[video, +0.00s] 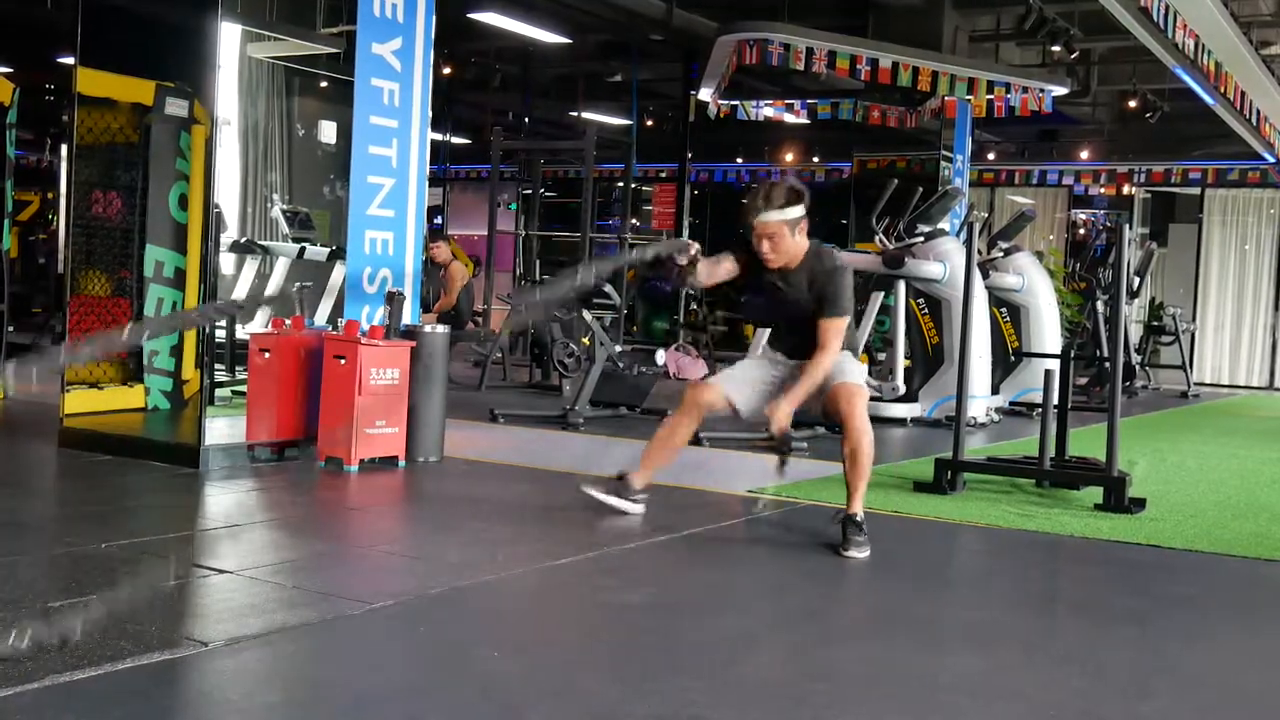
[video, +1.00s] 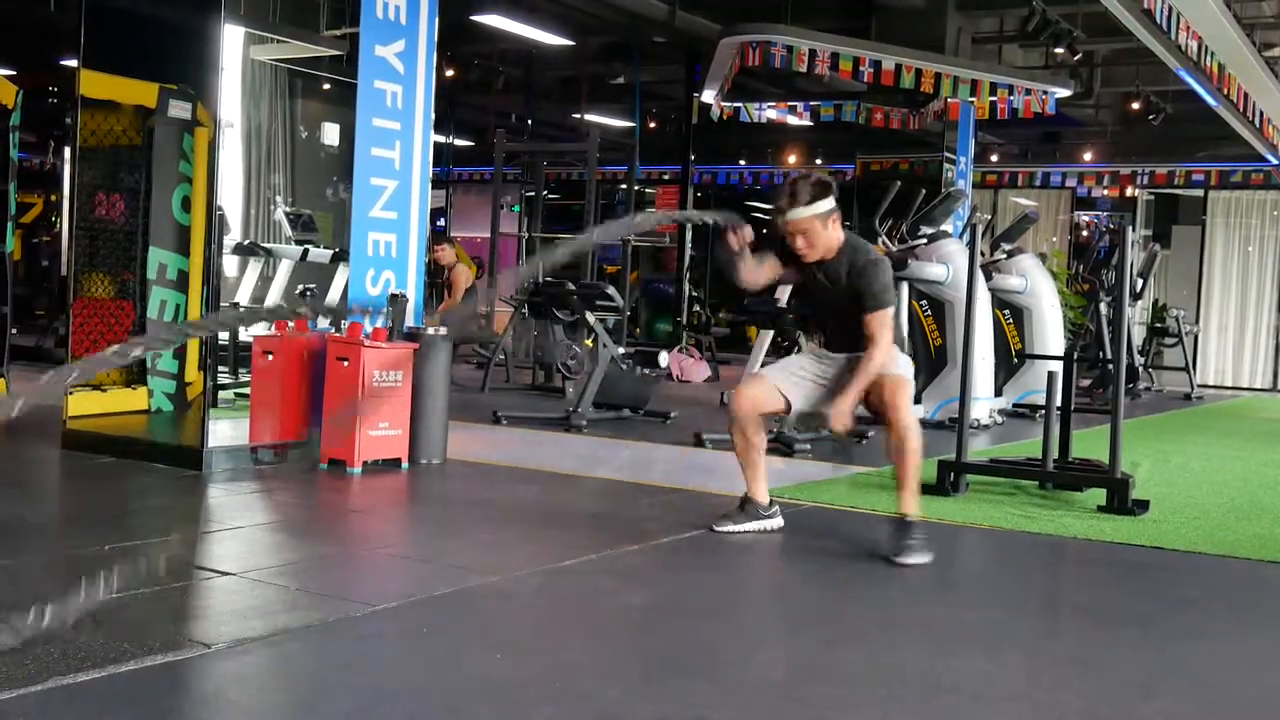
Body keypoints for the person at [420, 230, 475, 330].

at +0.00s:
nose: (433, 252)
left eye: (437, 247)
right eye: (431, 249)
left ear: (448, 247)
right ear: (428, 251)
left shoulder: (455, 267)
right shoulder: (444, 270)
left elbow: (451, 300)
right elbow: (443, 296)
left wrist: (434, 311)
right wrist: (434, 313)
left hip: (458, 320)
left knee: (415, 319)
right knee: (415, 317)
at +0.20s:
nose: (435, 252)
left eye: (438, 248)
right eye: (432, 249)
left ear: (449, 248)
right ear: (429, 252)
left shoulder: (456, 269)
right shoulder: (445, 271)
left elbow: (452, 301)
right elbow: (444, 298)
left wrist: (435, 313)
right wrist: (434, 314)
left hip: (458, 321)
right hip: (450, 317)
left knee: (418, 319)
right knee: (418, 317)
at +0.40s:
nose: (436, 252)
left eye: (439, 248)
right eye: (433, 249)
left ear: (450, 248)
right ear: (430, 252)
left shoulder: (457, 269)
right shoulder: (446, 271)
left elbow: (452, 301)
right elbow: (445, 298)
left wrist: (435, 314)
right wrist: (434, 315)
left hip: (459, 321)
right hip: (451, 317)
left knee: (420, 319)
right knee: (418, 318)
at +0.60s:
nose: (437, 253)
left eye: (440, 248)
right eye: (434, 250)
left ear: (450, 248)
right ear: (431, 252)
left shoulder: (458, 269)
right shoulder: (446, 271)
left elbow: (453, 301)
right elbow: (446, 298)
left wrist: (436, 313)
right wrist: (436, 314)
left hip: (459, 321)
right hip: (452, 317)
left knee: (420, 320)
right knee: (418, 318)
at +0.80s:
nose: (438, 254)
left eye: (442, 249)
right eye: (435, 250)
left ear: (452, 249)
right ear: (432, 253)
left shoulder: (459, 270)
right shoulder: (447, 271)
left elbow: (455, 302)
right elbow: (447, 299)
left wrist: (437, 314)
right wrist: (436, 315)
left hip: (461, 321)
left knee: (421, 320)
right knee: (420, 318)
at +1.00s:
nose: (439, 255)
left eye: (443, 250)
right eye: (436, 251)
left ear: (453, 250)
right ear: (433, 255)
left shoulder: (459, 270)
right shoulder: (448, 271)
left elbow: (455, 301)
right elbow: (447, 300)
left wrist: (437, 315)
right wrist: (436, 317)